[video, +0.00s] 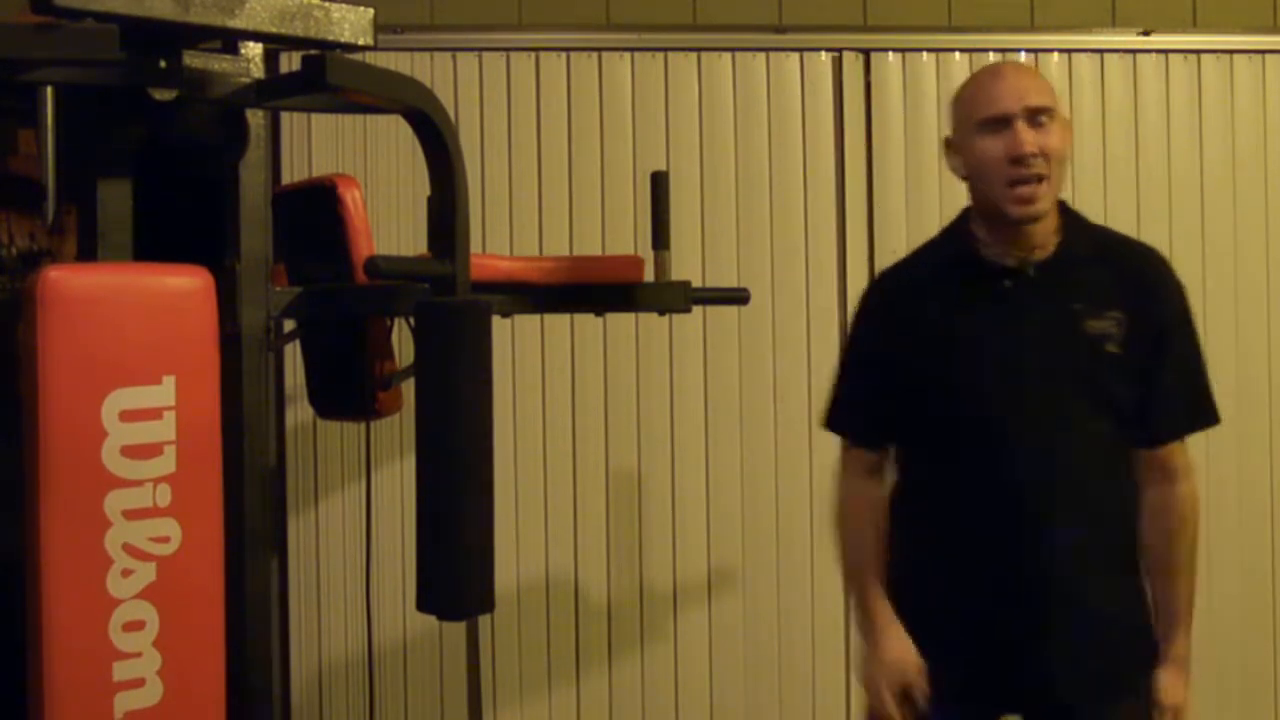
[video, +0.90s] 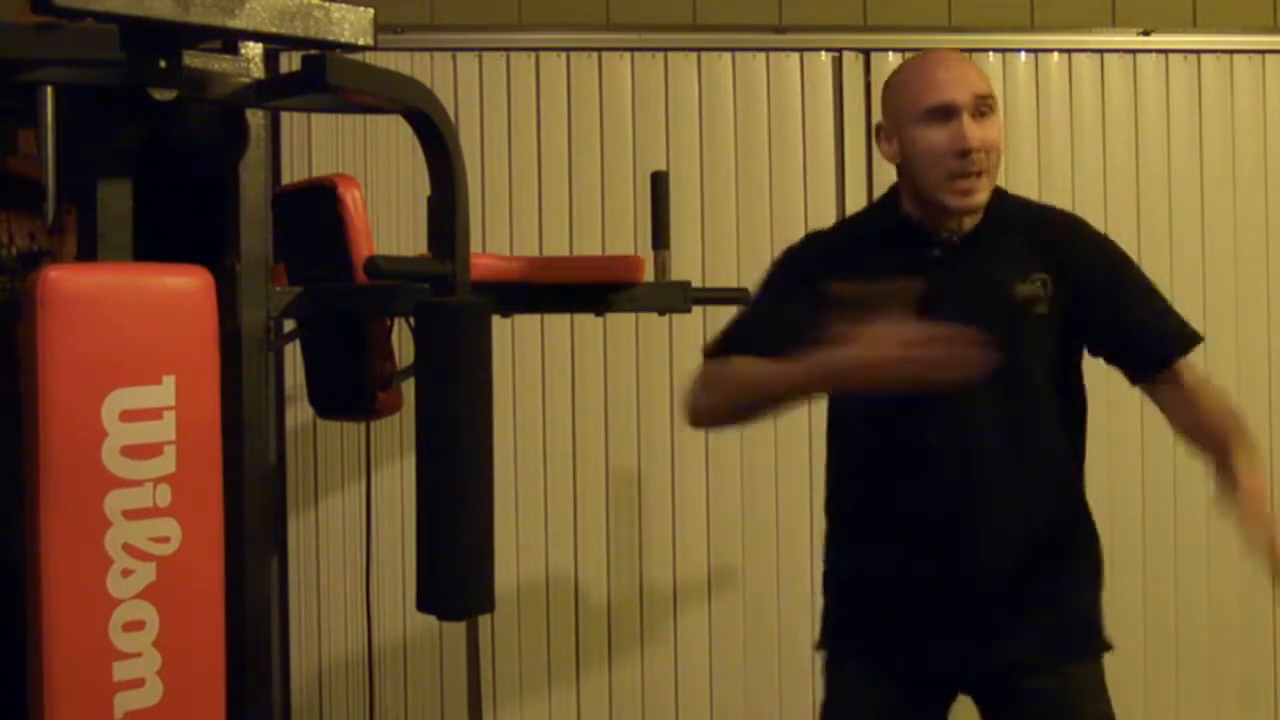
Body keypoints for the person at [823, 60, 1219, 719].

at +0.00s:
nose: (1024, 144)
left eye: (1040, 120)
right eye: (995, 126)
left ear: (1066, 138)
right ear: (955, 156)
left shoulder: (1136, 281)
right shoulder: (900, 297)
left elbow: (1164, 473)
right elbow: (863, 469)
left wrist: (1172, 655)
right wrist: (878, 628)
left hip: (1097, 648)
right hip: (947, 657)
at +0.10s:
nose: (991, 130)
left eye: (1008, 108)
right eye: (962, 114)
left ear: (1036, 130)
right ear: (927, 148)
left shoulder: (1107, 273)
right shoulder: (876, 283)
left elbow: (1150, 463)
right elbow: (801, 459)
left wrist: (1163, 643)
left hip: (1057, 634)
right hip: (902, 640)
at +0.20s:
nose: (961, 121)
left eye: (978, 100)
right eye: (934, 106)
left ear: (1010, 129)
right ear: (900, 146)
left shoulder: (1082, 268)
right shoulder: (851, 273)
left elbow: (1127, 452)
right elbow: (747, 436)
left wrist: (1125, 638)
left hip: (1026, 634)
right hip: (872, 634)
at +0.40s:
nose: (950, 184)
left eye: (966, 158)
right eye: (922, 165)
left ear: (996, 168)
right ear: (885, 188)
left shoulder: (1064, 292)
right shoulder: (835, 295)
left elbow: (1156, 453)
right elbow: (706, 413)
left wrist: (1169, 518)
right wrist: (774, 260)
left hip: (1021, 662)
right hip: (868, 663)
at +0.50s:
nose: (957, 198)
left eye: (973, 173)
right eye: (930, 179)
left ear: (1001, 190)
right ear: (891, 204)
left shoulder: (1070, 314)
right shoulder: (835, 320)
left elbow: (1183, 465)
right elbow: (694, 421)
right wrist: (723, 284)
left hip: (1032, 679)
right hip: (876, 682)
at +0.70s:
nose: (962, 158)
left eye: (978, 131)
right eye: (933, 137)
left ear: (1002, 142)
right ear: (889, 156)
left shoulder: (1068, 254)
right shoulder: (825, 264)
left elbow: (1218, 372)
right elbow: (663, 382)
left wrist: (1097, 343)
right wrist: (800, 335)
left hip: (1020, 620)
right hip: (867, 623)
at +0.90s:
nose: (971, 136)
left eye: (983, 112)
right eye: (940, 118)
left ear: (1002, 126)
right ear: (889, 143)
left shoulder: (1059, 248)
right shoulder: (827, 265)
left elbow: (1171, 375)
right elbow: (705, 399)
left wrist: (1238, 463)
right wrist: (842, 364)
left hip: (1039, 619)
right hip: (885, 625)